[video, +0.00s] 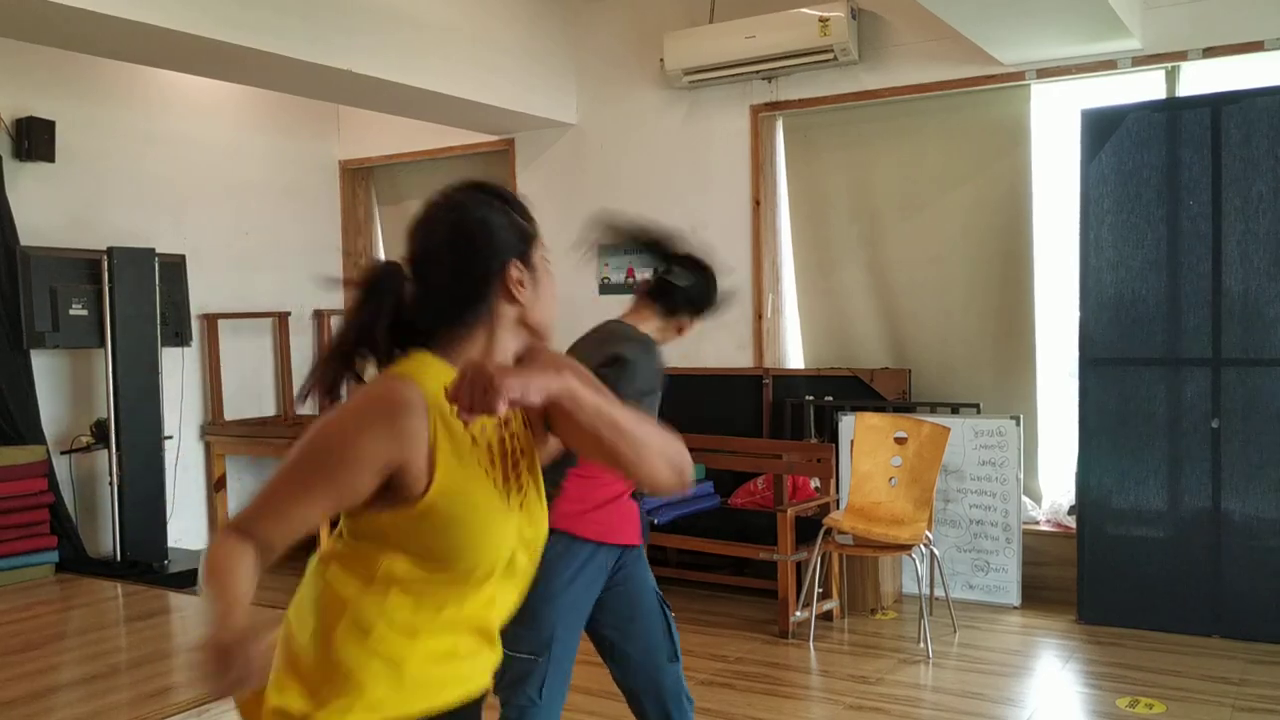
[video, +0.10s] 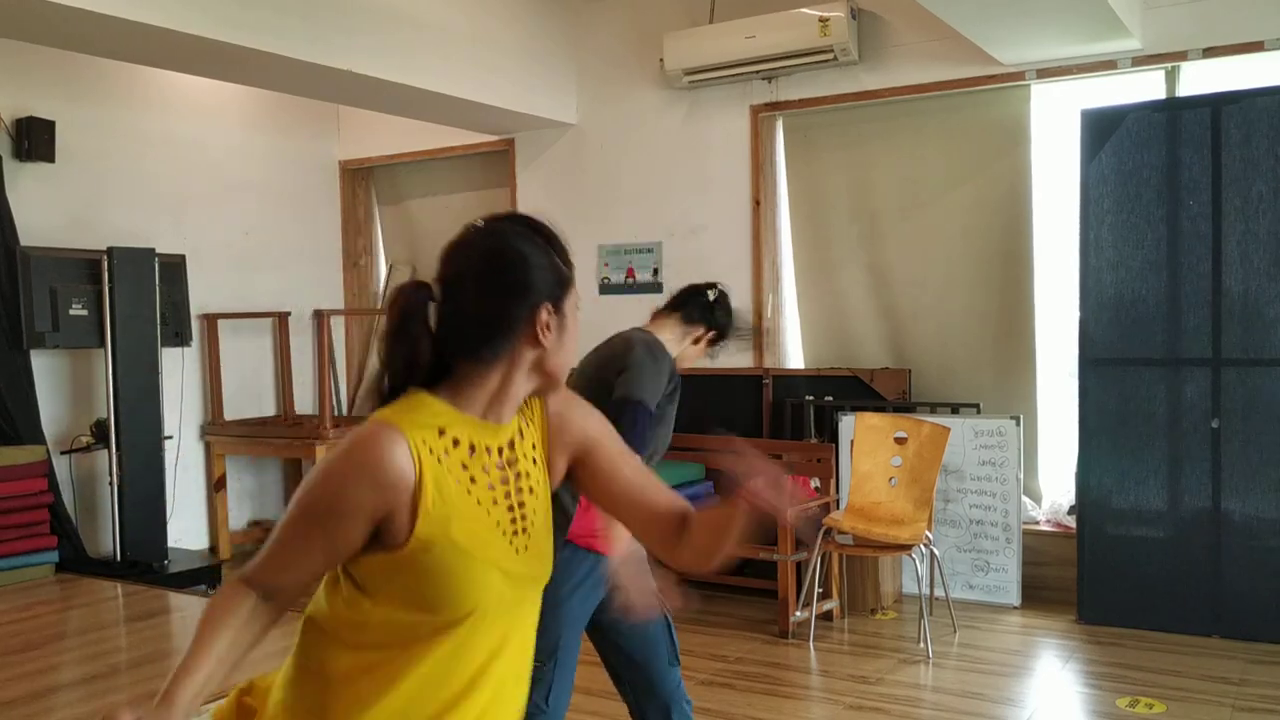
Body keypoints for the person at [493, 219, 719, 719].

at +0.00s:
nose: (691, 329)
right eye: (696, 321)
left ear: (643, 289)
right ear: (688, 321)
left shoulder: (599, 340)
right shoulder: (637, 359)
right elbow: (548, 441)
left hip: (617, 543)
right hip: (570, 541)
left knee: (662, 687)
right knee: (533, 695)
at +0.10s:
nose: (701, 358)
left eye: (706, 350)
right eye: (707, 349)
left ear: (667, 311)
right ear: (702, 336)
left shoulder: (636, 351)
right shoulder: (644, 361)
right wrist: (628, 559)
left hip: (609, 544)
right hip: (572, 544)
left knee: (663, 697)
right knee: (544, 697)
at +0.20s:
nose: (708, 373)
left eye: (719, 365)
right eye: (718, 360)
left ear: (702, 327)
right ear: (705, 332)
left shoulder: (643, 359)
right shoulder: (638, 347)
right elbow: (645, 448)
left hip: (621, 555)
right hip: (571, 556)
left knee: (665, 703)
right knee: (539, 702)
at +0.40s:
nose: (712, 326)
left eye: (723, 316)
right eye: (703, 308)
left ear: (730, 320)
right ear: (670, 299)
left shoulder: (659, 362)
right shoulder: (643, 350)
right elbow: (616, 456)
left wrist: (675, 461)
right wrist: (686, 462)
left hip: (624, 552)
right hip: (571, 553)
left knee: (667, 706)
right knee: (532, 706)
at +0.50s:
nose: (693, 313)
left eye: (705, 302)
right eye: (680, 298)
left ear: (715, 310)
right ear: (652, 305)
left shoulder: (667, 387)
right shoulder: (611, 373)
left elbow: (640, 487)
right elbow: (554, 458)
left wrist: (691, 550)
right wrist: (613, 539)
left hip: (628, 558)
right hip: (556, 559)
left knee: (666, 703)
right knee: (530, 704)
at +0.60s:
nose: (622, 292)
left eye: (636, 281)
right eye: (613, 280)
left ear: (663, 295)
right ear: (600, 288)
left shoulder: (676, 381)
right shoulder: (557, 356)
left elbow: (731, 451)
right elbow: (489, 423)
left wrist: (781, 521)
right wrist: (506, 502)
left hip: (632, 559)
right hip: (548, 561)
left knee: (674, 702)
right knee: (522, 702)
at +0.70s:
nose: (507, 300)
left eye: (515, 286)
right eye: (506, 287)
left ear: (550, 284)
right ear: (534, 287)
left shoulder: (617, 354)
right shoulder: (526, 353)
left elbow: (715, 405)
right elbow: (503, 422)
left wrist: (778, 469)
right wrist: (460, 423)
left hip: (619, 556)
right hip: (538, 552)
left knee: (663, 700)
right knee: (513, 699)